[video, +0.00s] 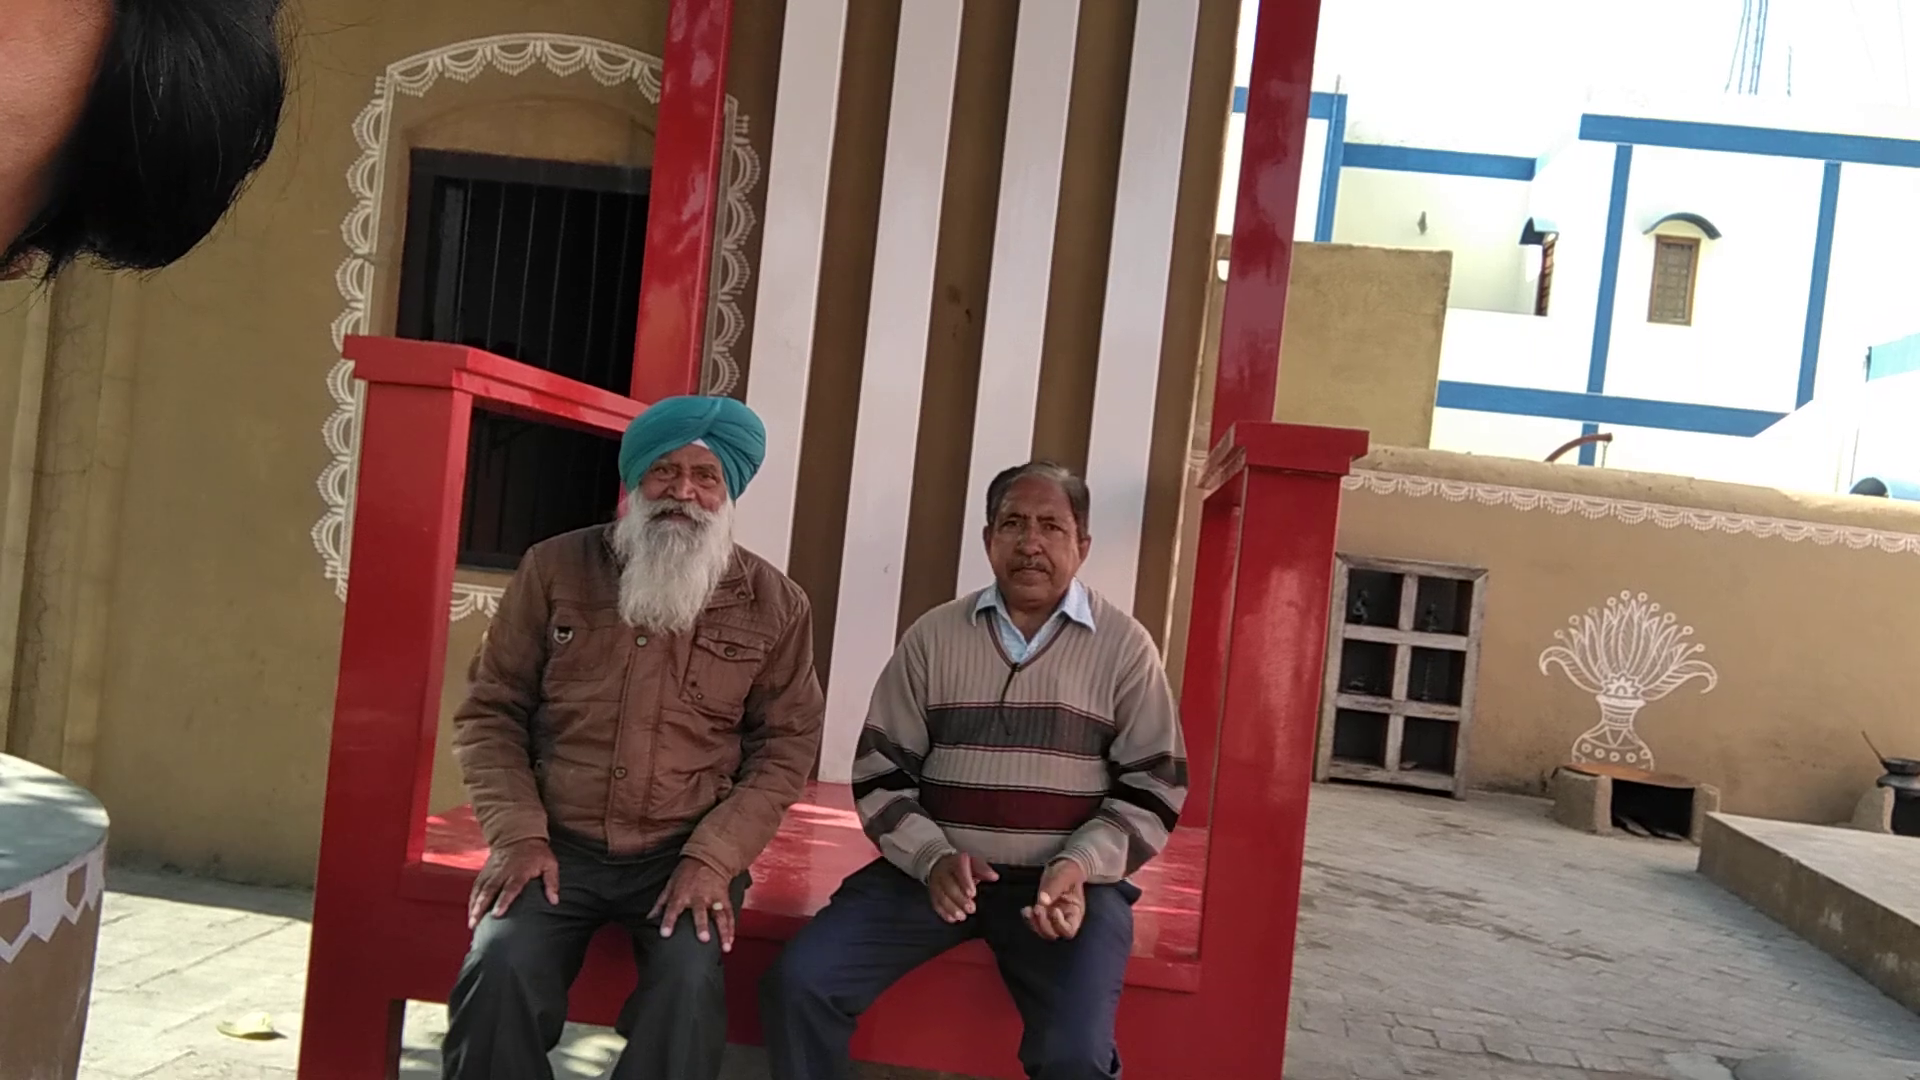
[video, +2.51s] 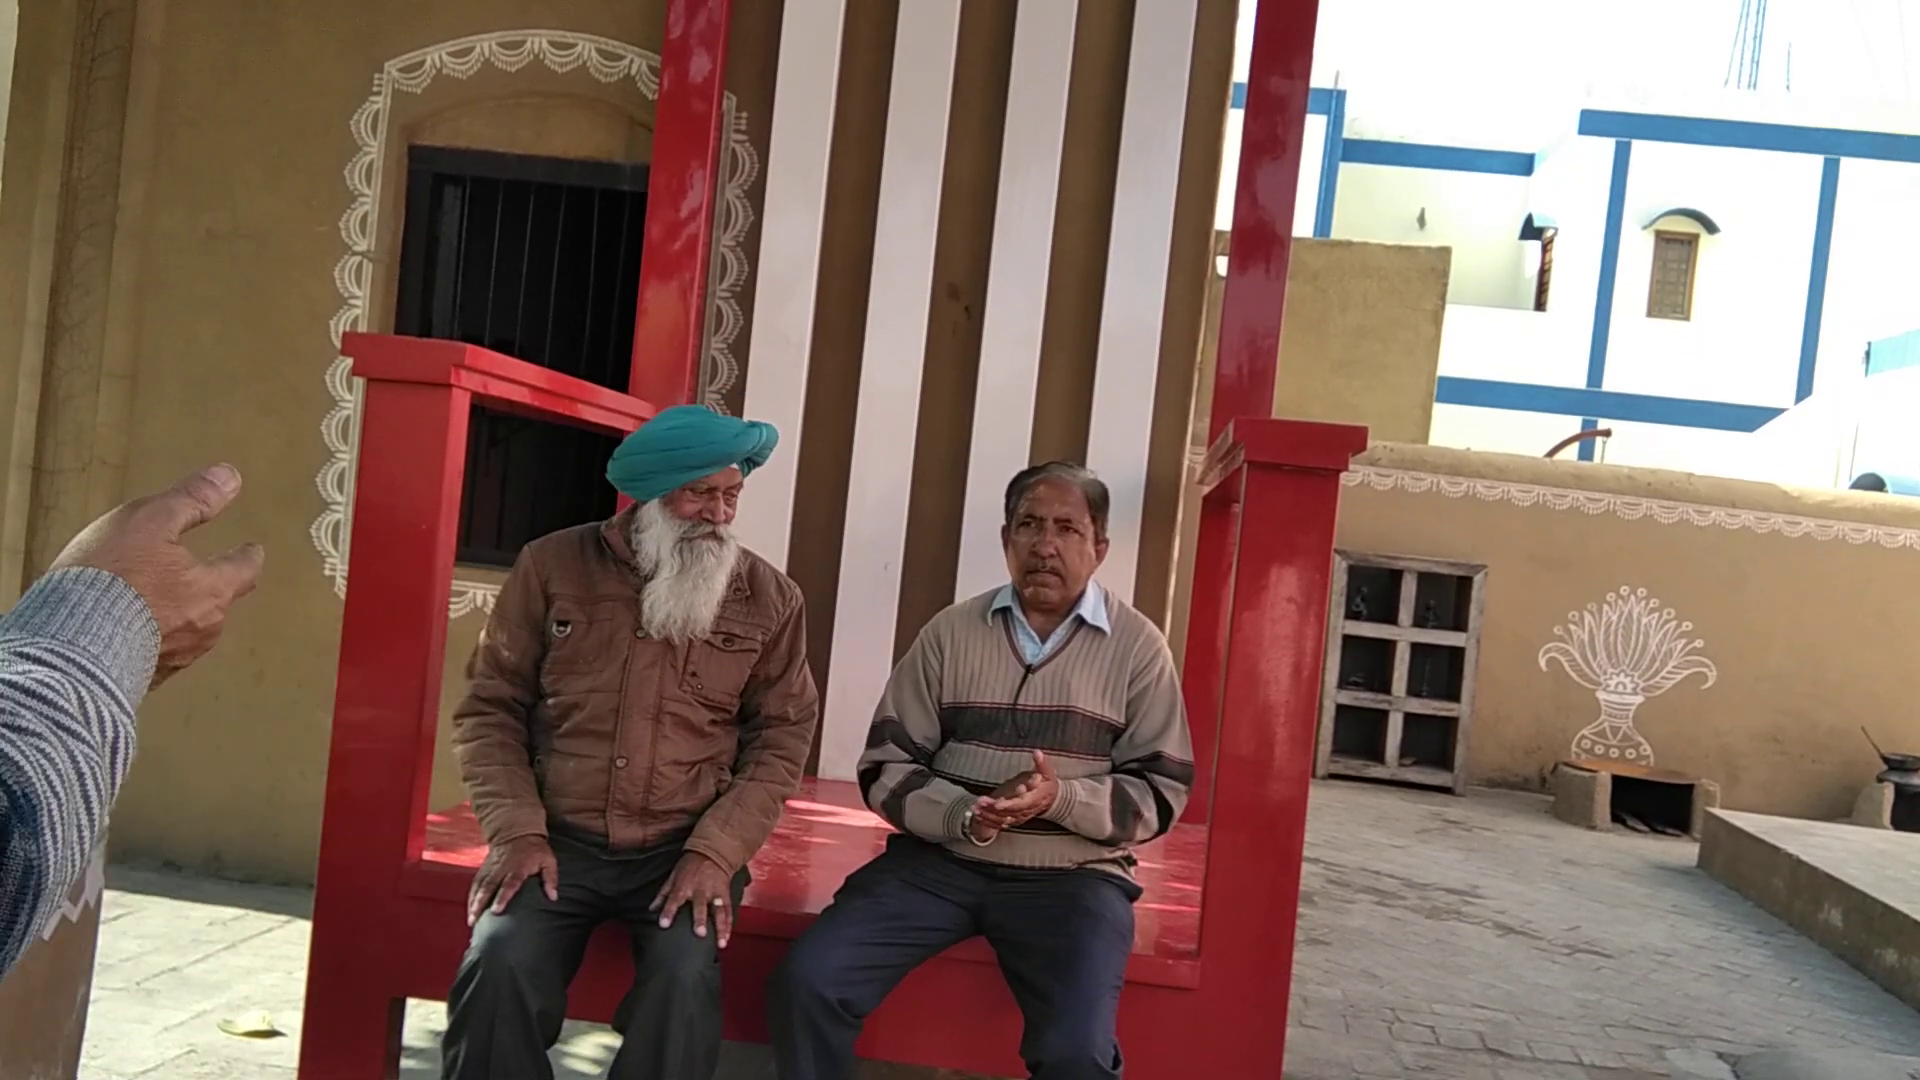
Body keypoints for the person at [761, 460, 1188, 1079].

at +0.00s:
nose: (1031, 542)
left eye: (1050, 526)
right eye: (1013, 524)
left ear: (1082, 547)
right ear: (989, 541)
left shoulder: (1126, 649)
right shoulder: (933, 637)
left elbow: (1153, 783)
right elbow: (879, 771)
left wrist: (1080, 862)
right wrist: (932, 859)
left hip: (1069, 887)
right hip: (929, 870)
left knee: (1075, 1054)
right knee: (799, 987)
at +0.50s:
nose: (1036, 540)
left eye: (1056, 525)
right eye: (1020, 522)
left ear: (1088, 545)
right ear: (995, 538)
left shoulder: (1130, 644)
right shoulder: (939, 631)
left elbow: (1154, 788)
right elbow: (881, 767)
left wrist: (1057, 803)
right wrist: (956, 814)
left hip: (1070, 878)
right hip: (932, 863)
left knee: (1074, 1049)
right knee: (800, 981)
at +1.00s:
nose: (1045, 543)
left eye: (1065, 527)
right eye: (1029, 524)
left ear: (1096, 548)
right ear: (1003, 541)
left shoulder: (1136, 647)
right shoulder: (944, 632)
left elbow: (1160, 790)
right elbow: (880, 766)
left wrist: (1062, 801)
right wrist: (963, 806)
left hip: (1071, 879)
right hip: (935, 862)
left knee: (1076, 1051)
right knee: (801, 980)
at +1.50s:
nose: (1049, 546)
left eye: (1070, 531)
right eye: (1034, 527)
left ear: (1101, 551)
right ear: (1008, 542)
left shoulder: (1141, 652)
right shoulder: (950, 635)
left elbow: (1162, 796)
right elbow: (883, 765)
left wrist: (1063, 812)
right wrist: (965, 818)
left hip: (1071, 885)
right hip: (935, 865)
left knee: (1074, 1054)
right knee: (810, 987)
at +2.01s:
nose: (1053, 547)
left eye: (1074, 531)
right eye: (1038, 528)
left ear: (1104, 552)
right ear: (1011, 542)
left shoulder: (1143, 650)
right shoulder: (952, 633)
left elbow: (1162, 796)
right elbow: (884, 766)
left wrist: (1066, 790)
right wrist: (968, 805)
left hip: (1074, 882)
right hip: (937, 863)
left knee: (1073, 1049)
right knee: (809, 987)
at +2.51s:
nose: (1046, 545)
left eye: (1067, 529)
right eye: (1031, 526)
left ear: (1099, 550)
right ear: (1006, 542)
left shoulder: (1140, 649)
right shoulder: (949, 634)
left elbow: (1160, 793)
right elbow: (884, 765)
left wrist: (1061, 799)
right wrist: (961, 812)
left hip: (1072, 880)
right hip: (936, 863)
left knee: (1076, 1051)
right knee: (806, 986)